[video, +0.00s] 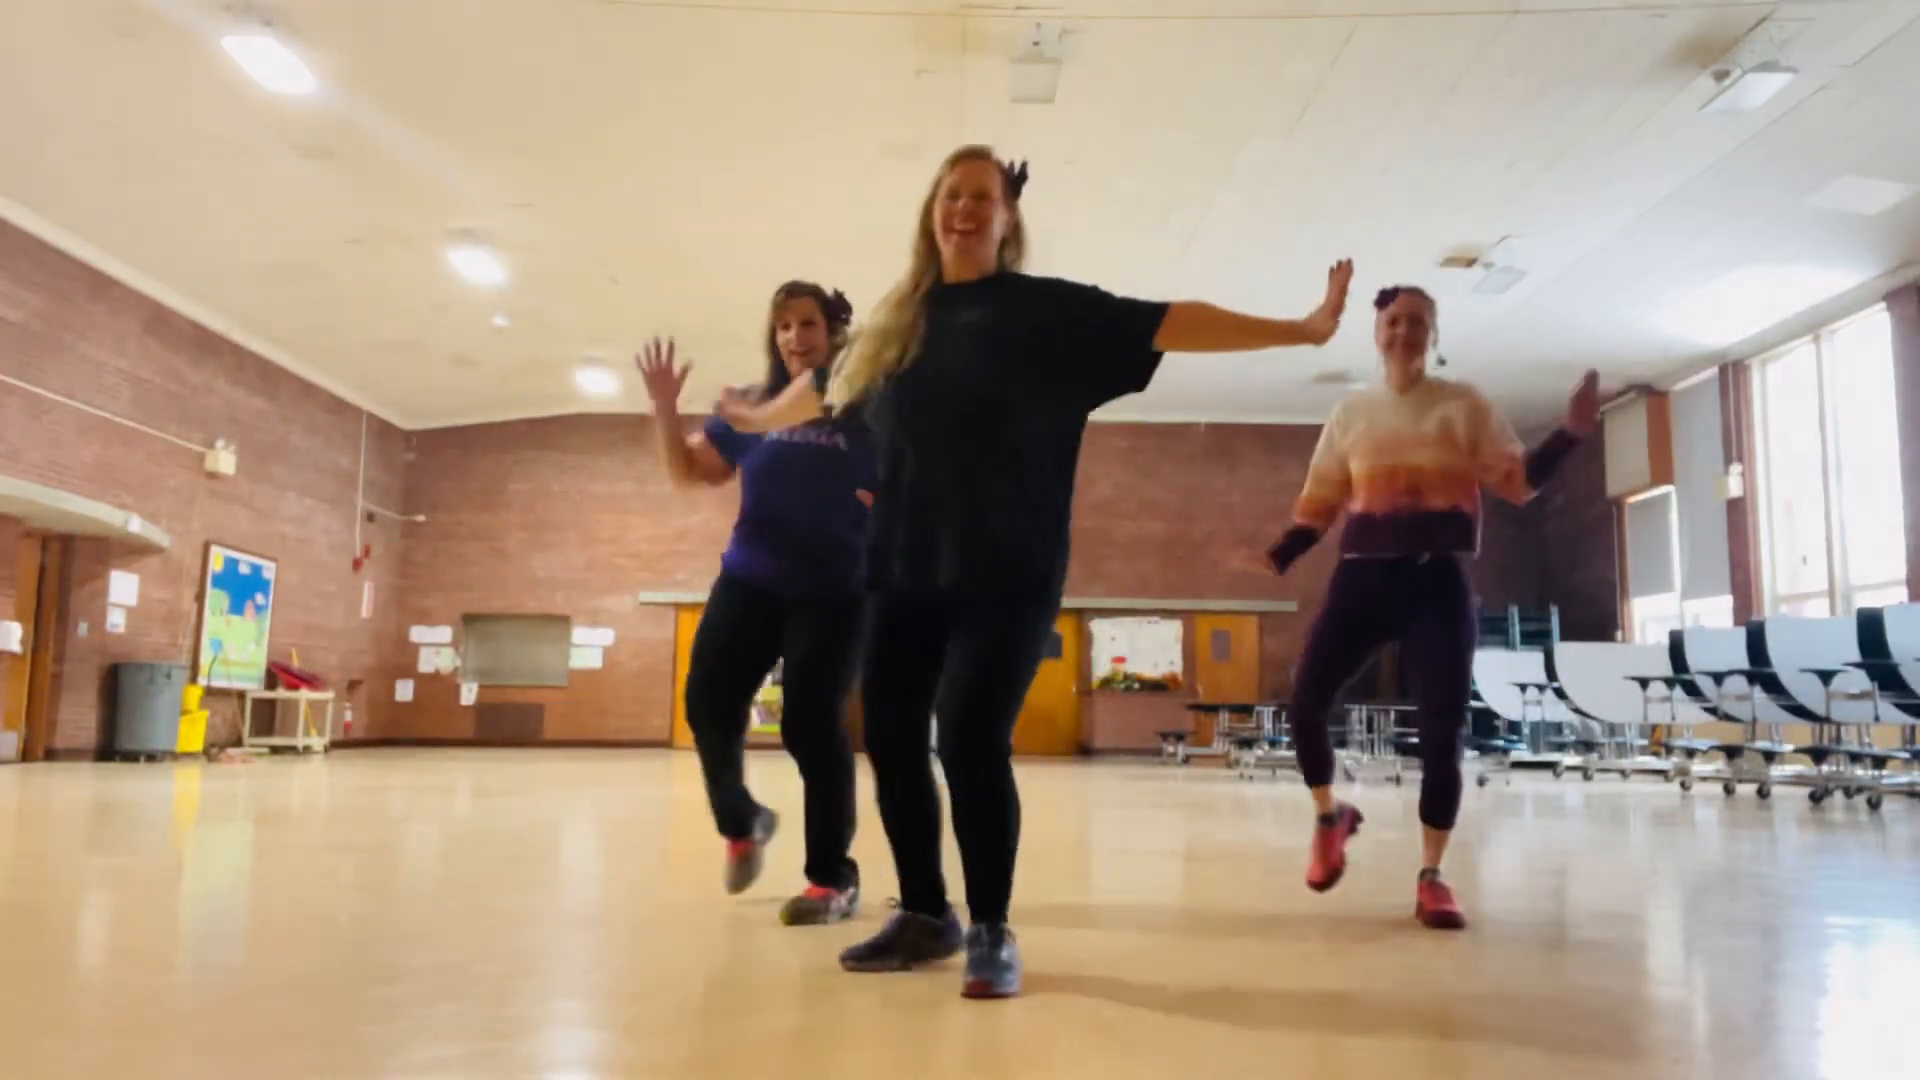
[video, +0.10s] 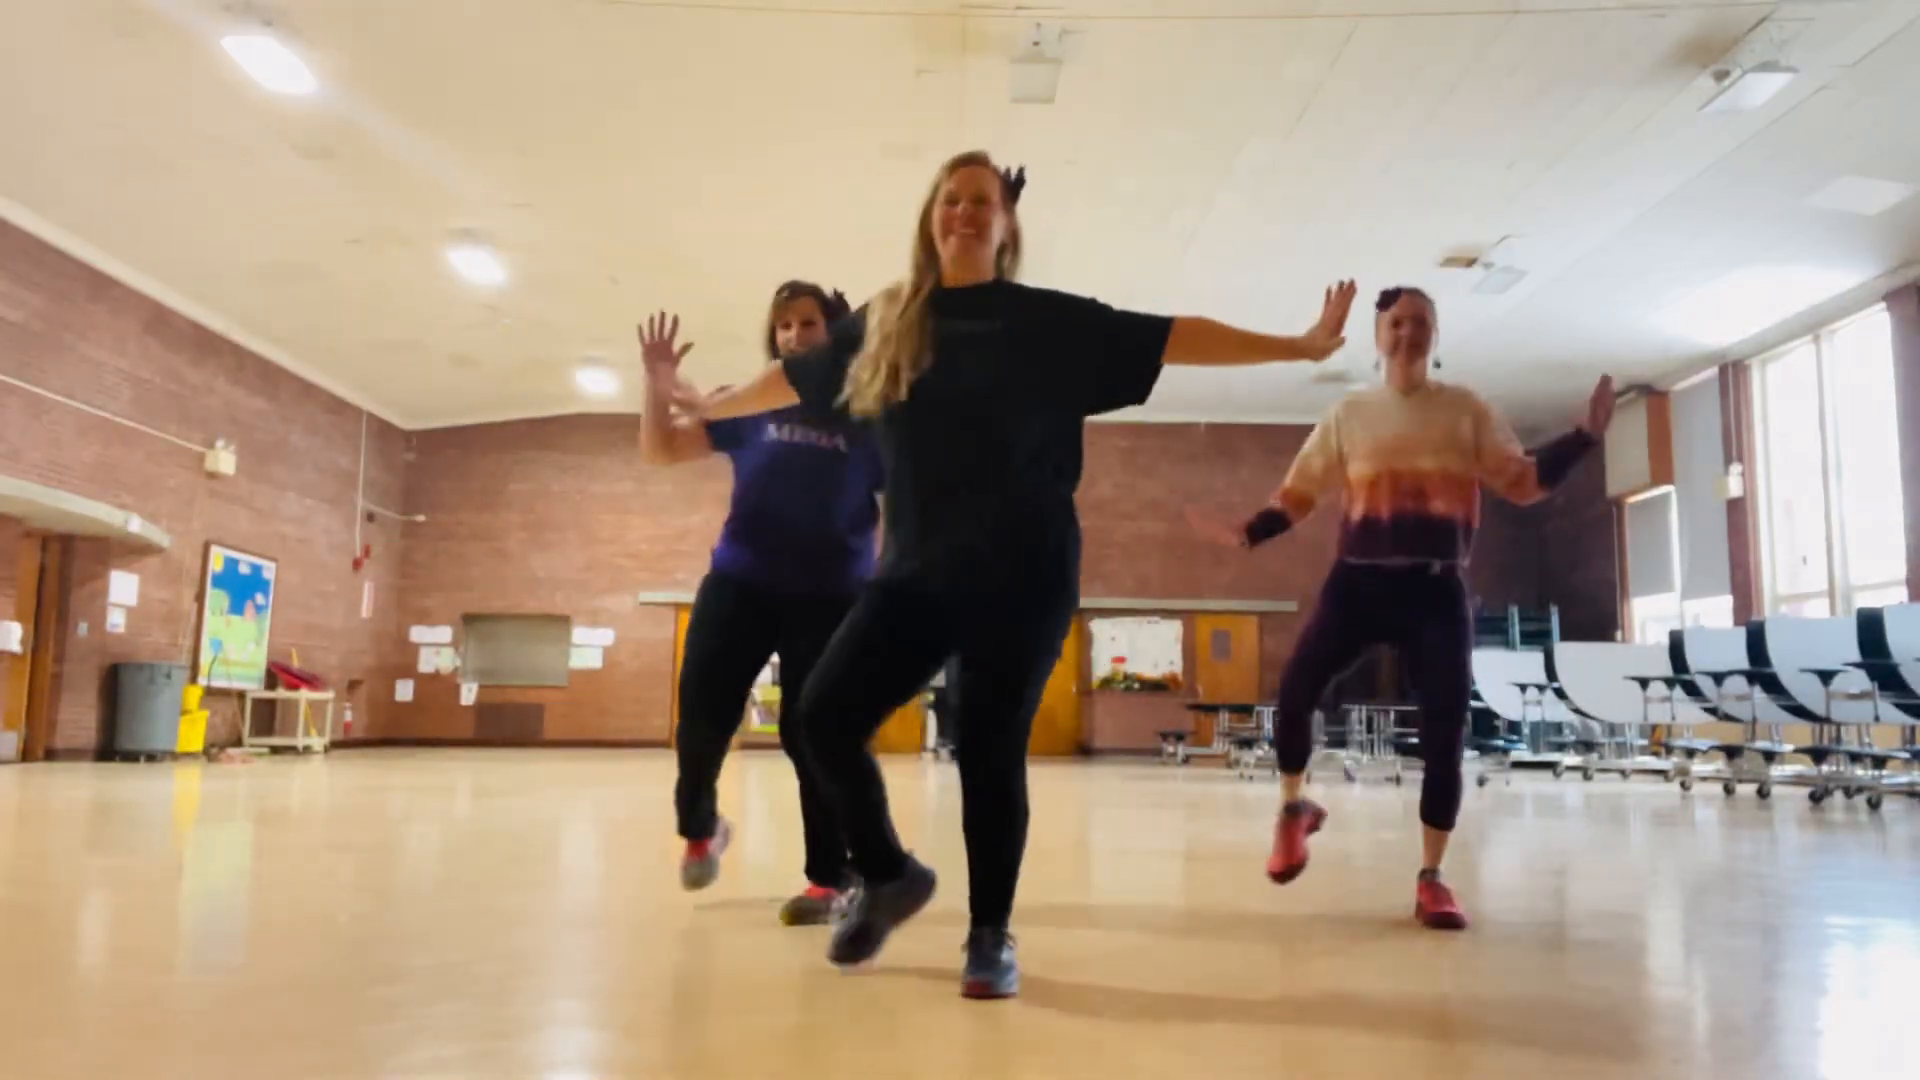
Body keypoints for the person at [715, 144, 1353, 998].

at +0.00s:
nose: (964, 207)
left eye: (981, 197)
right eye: (952, 195)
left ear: (1009, 218)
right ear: (931, 214)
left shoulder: (1048, 308)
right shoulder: (902, 321)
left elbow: (1168, 322)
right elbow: (828, 384)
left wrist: (1303, 330)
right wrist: (761, 417)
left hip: (1011, 561)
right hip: (911, 559)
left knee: (972, 738)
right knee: (888, 733)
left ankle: (990, 930)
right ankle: (924, 916)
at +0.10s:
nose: (965, 211)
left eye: (983, 200)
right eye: (952, 198)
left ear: (1007, 224)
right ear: (929, 218)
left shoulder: (1048, 320)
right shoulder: (889, 323)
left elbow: (1174, 336)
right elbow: (798, 375)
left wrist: (1303, 346)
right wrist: (708, 407)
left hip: (1024, 570)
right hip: (918, 568)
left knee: (991, 747)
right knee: (821, 718)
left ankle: (990, 934)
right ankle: (887, 876)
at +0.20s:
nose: (961, 207)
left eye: (978, 198)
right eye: (947, 196)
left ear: (1005, 222)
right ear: (926, 218)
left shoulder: (1046, 325)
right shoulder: (879, 321)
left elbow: (1164, 346)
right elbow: (779, 365)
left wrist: (1284, 358)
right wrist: (677, 397)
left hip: (1024, 569)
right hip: (915, 566)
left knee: (1002, 745)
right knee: (820, 694)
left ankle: (992, 934)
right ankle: (862, 874)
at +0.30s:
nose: (959, 193)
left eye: (976, 184)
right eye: (944, 182)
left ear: (998, 209)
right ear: (921, 206)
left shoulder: (1035, 312)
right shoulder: (872, 304)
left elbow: (1147, 343)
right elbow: (764, 351)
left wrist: (1258, 369)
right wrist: (660, 379)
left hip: (1003, 564)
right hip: (894, 560)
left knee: (992, 751)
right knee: (856, 736)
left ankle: (992, 934)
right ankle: (881, 936)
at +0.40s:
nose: (957, 188)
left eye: (972, 179)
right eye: (941, 177)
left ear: (993, 206)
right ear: (914, 202)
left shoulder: (1027, 309)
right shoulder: (861, 302)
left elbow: (1134, 342)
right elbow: (752, 343)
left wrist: (1232, 368)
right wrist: (648, 364)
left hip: (988, 567)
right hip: (877, 565)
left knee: (988, 751)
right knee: (869, 753)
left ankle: (979, 924)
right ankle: (877, 938)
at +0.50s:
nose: (952, 198)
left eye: (967, 186)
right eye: (936, 185)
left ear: (990, 210)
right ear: (909, 210)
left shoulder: (1028, 313)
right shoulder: (858, 309)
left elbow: (1125, 341)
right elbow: (743, 339)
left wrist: (1214, 362)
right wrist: (630, 355)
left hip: (987, 570)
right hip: (873, 564)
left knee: (972, 752)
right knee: (838, 727)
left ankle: (956, 927)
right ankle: (859, 918)